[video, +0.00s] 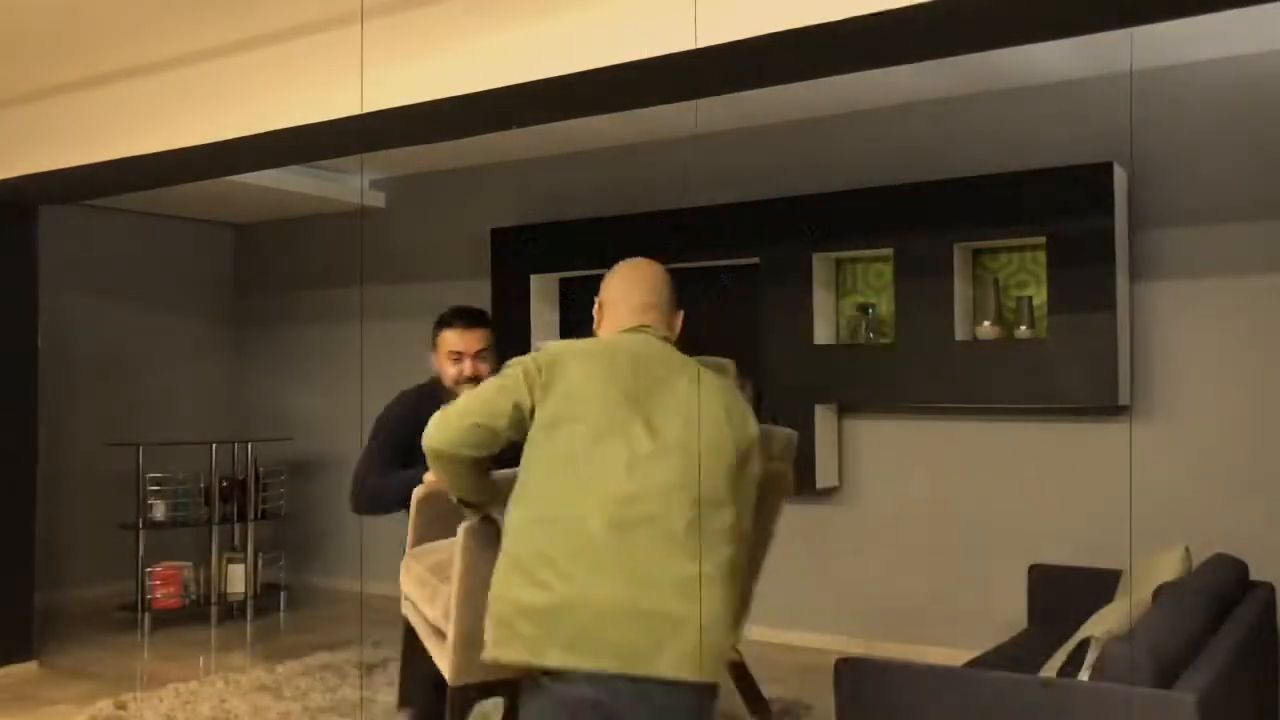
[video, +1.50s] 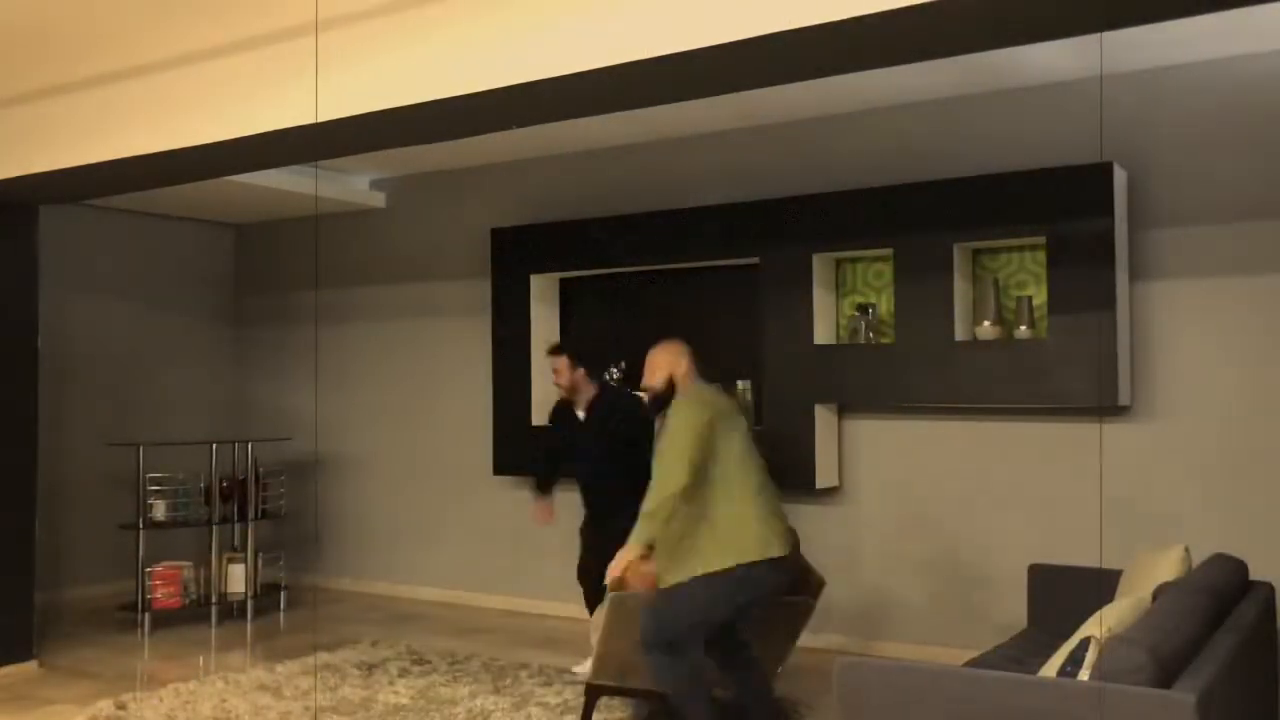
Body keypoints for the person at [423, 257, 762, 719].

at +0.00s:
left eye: (596, 311)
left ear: (597, 315)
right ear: (678, 324)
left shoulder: (553, 365)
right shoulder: (727, 398)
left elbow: (446, 439)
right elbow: (739, 529)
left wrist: (488, 501)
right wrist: (723, 631)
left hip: (556, 653)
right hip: (682, 668)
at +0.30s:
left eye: (598, 327)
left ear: (598, 331)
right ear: (660, 338)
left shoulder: (554, 367)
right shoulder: (693, 393)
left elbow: (471, 425)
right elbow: (707, 498)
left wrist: (514, 473)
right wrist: (701, 573)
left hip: (565, 590)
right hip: (656, 598)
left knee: (568, 712)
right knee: (659, 713)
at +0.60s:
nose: (605, 378)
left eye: (606, 371)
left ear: (612, 372)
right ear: (658, 371)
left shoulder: (599, 400)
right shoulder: (710, 407)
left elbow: (529, 459)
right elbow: (738, 470)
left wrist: (572, 501)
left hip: (627, 569)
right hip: (705, 568)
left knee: (622, 661)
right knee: (706, 661)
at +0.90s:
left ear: (656, 429)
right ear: (689, 432)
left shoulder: (645, 446)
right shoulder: (724, 463)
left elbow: (584, 500)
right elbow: (769, 487)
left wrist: (609, 545)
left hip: (676, 574)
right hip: (739, 576)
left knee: (635, 632)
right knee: (723, 648)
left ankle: (655, 713)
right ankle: (745, 711)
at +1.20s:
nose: (642, 481)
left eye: (642, 475)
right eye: (640, 476)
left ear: (652, 464)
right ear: (688, 460)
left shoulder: (660, 475)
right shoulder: (732, 494)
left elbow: (605, 531)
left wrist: (623, 578)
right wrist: (653, 562)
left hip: (689, 587)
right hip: (748, 597)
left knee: (634, 644)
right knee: (719, 651)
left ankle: (649, 712)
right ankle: (738, 712)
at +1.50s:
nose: (645, 383)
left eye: (650, 372)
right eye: (645, 373)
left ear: (676, 366)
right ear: (684, 368)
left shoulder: (691, 404)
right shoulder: (714, 403)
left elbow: (672, 479)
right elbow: (703, 506)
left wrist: (635, 545)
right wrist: (659, 562)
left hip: (748, 558)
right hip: (772, 555)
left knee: (662, 627)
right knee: (718, 633)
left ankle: (697, 709)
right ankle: (763, 709)